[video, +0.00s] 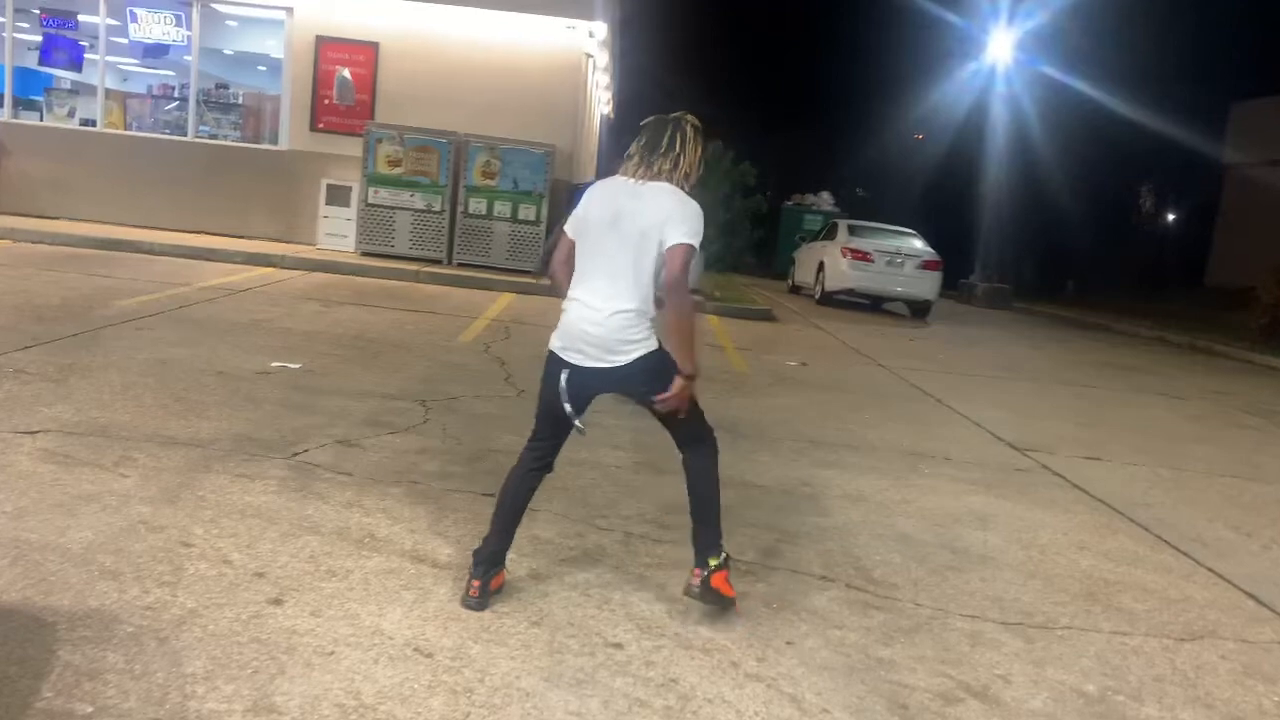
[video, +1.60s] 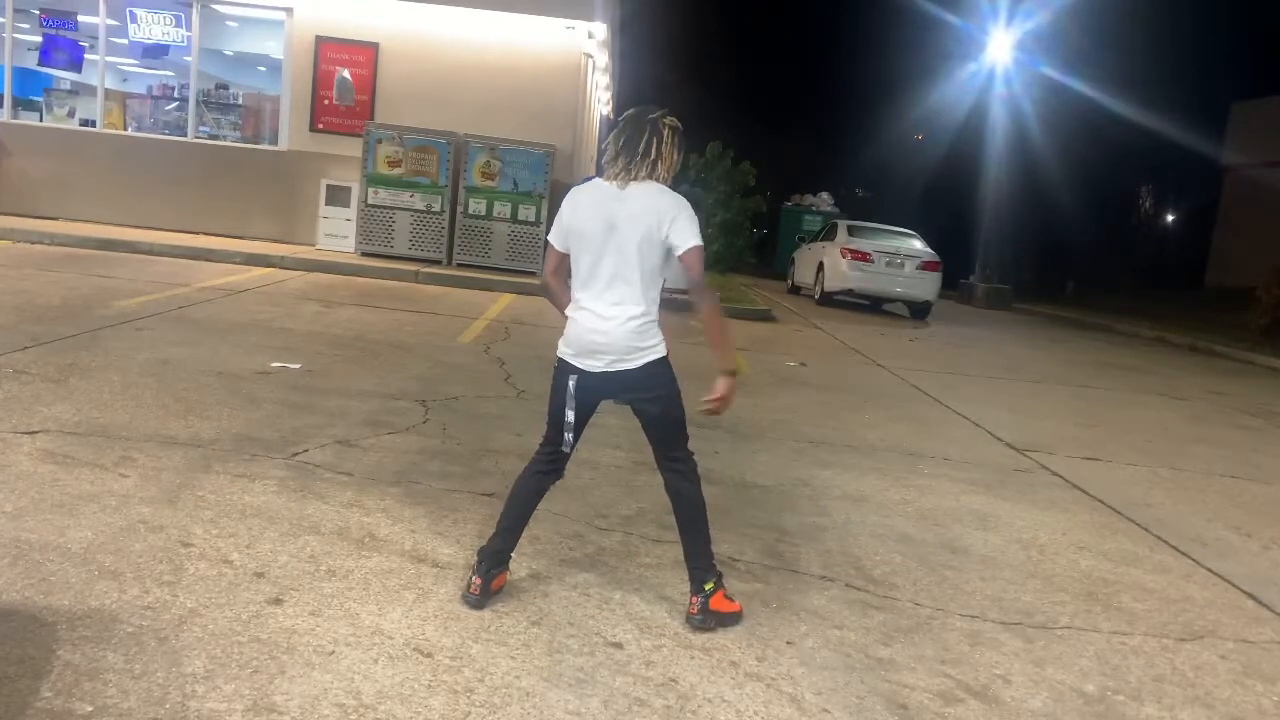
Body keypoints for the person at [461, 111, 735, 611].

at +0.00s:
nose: (696, 169)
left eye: (696, 162)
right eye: (696, 161)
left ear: (639, 149)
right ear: (687, 160)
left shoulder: (597, 191)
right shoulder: (681, 206)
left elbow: (559, 274)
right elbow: (674, 282)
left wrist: (600, 301)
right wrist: (687, 370)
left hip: (572, 351)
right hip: (636, 354)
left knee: (536, 453)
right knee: (698, 441)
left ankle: (484, 570)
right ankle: (710, 565)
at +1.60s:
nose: (675, 160)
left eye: (675, 152)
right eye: (673, 151)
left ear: (615, 146)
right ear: (663, 152)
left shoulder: (578, 197)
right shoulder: (672, 205)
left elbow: (551, 276)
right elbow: (698, 289)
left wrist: (584, 318)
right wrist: (726, 366)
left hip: (579, 359)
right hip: (643, 361)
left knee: (548, 459)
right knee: (677, 465)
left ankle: (486, 571)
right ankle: (705, 590)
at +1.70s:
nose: (673, 164)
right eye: (671, 155)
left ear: (613, 150)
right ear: (662, 157)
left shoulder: (582, 204)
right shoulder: (673, 204)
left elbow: (553, 283)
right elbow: (728, 261)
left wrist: (588, 323)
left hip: (584, 362)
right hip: (648, 363)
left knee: (550, 460)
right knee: (683, 465)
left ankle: (486, 570)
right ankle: (707, 593)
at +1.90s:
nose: (663, 169)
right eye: (661, 160)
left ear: (606, 150)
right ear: (653, 161)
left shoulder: (562, 198)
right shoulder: (657, 213)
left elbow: (540, 281)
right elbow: (715, 267)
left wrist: (567, 319)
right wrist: (787, 306)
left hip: (571, 362)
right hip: (637, 361)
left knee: (543, 460)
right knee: (669, 462)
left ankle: (514, 575)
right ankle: (706, 585)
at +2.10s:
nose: (597, 157)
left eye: (601, 150)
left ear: (607, 154)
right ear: (653, 161)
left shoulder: (583, 199)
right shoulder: (668, 220)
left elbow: (502, 252)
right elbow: (656, 316)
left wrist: (532, 300)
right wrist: (627, 365)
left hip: (553, 347)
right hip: (600, 361)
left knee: (520, 454)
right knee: (499, 394)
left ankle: (528, 572)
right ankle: (424, 433)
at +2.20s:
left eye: (606, 157)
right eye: (671, 173)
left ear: (610, 164)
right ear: (661, 175)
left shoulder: (584, 207)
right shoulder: (667, 234)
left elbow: (491, 237)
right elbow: (692, 311)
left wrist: (522, 289)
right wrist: (713, 392)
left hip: (537, 358)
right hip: (571, 365)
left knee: (505, 455)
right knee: (463, 324)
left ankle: (526, 568)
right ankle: (349, 311)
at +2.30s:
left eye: (610, 147)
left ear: (612, 154)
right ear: (662, 168)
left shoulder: (585, 197)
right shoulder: (668, 222)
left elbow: (497, 237)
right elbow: (703, 298)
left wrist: (506, 293)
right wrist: (735, 374)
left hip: (551, 351)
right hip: (579, 356)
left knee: (513, 453)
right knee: (467, 353)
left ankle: (530, 570)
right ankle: (351, 362)